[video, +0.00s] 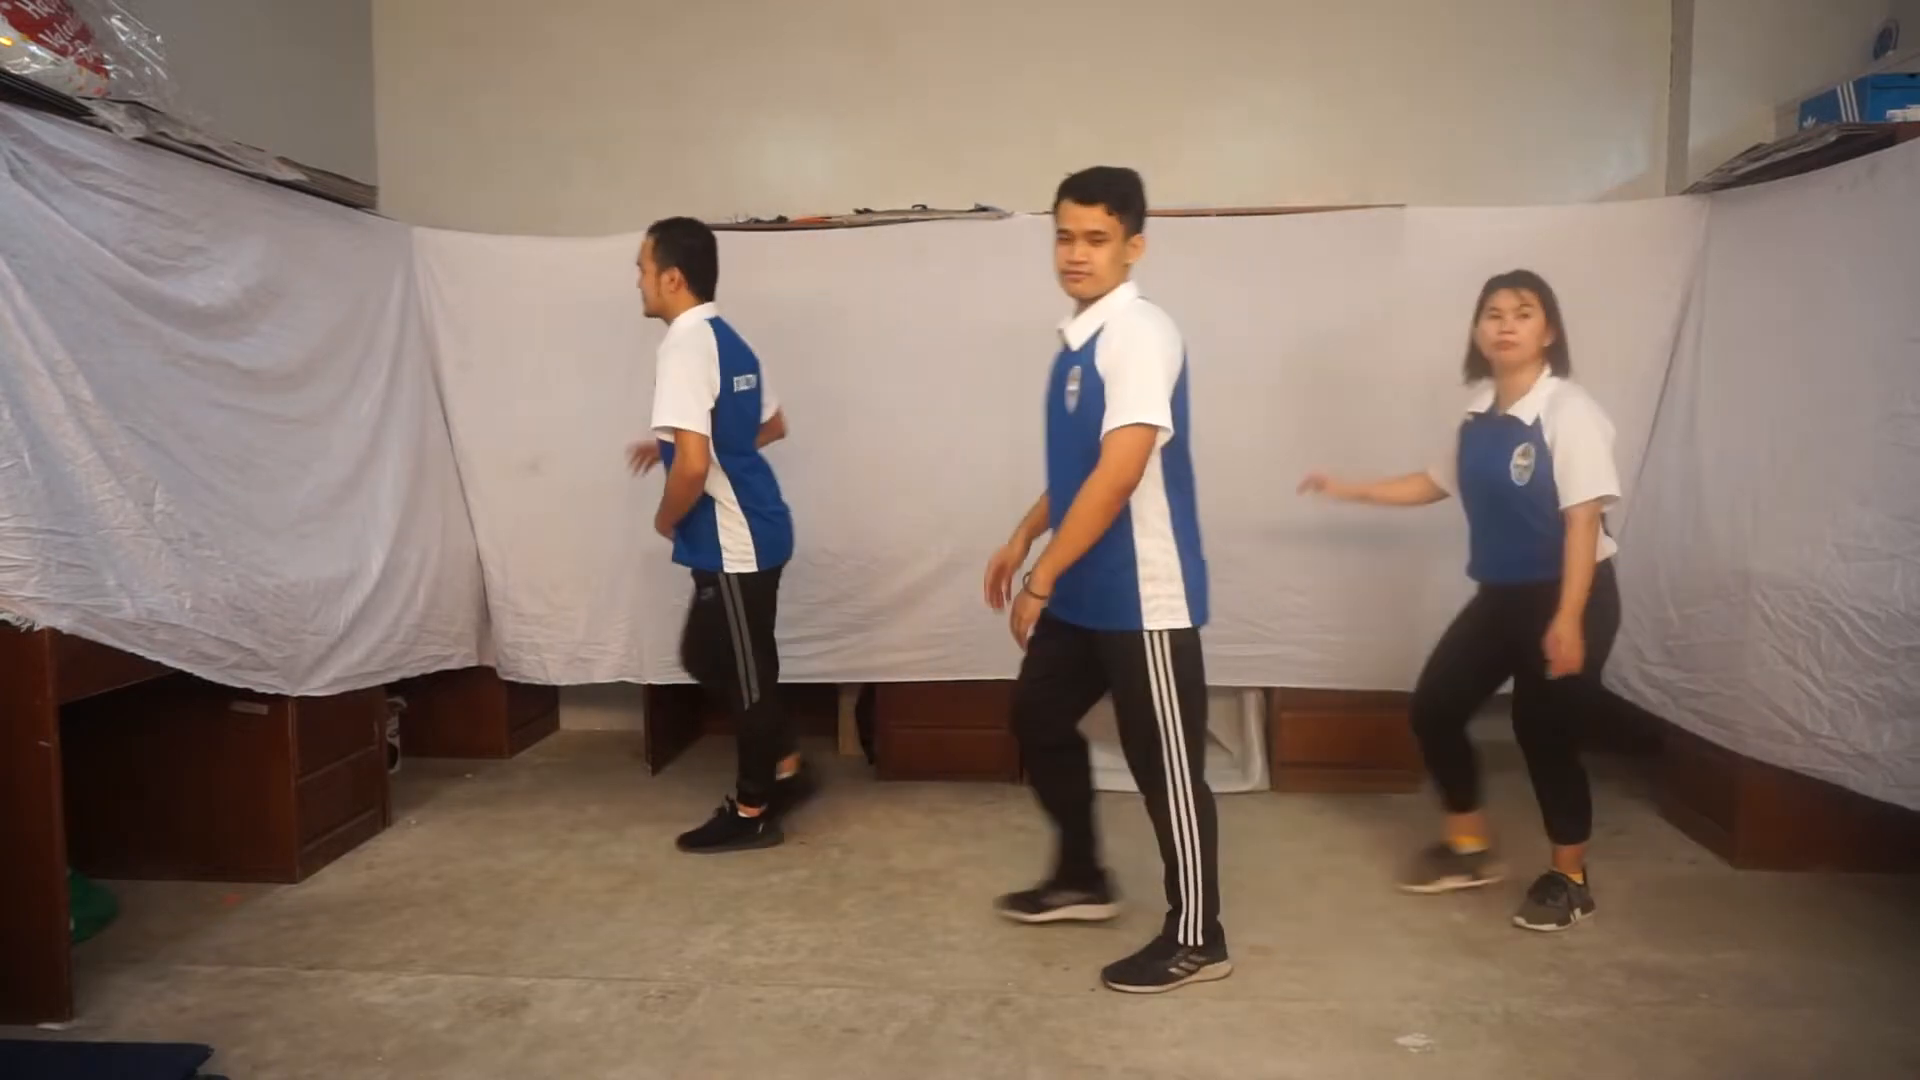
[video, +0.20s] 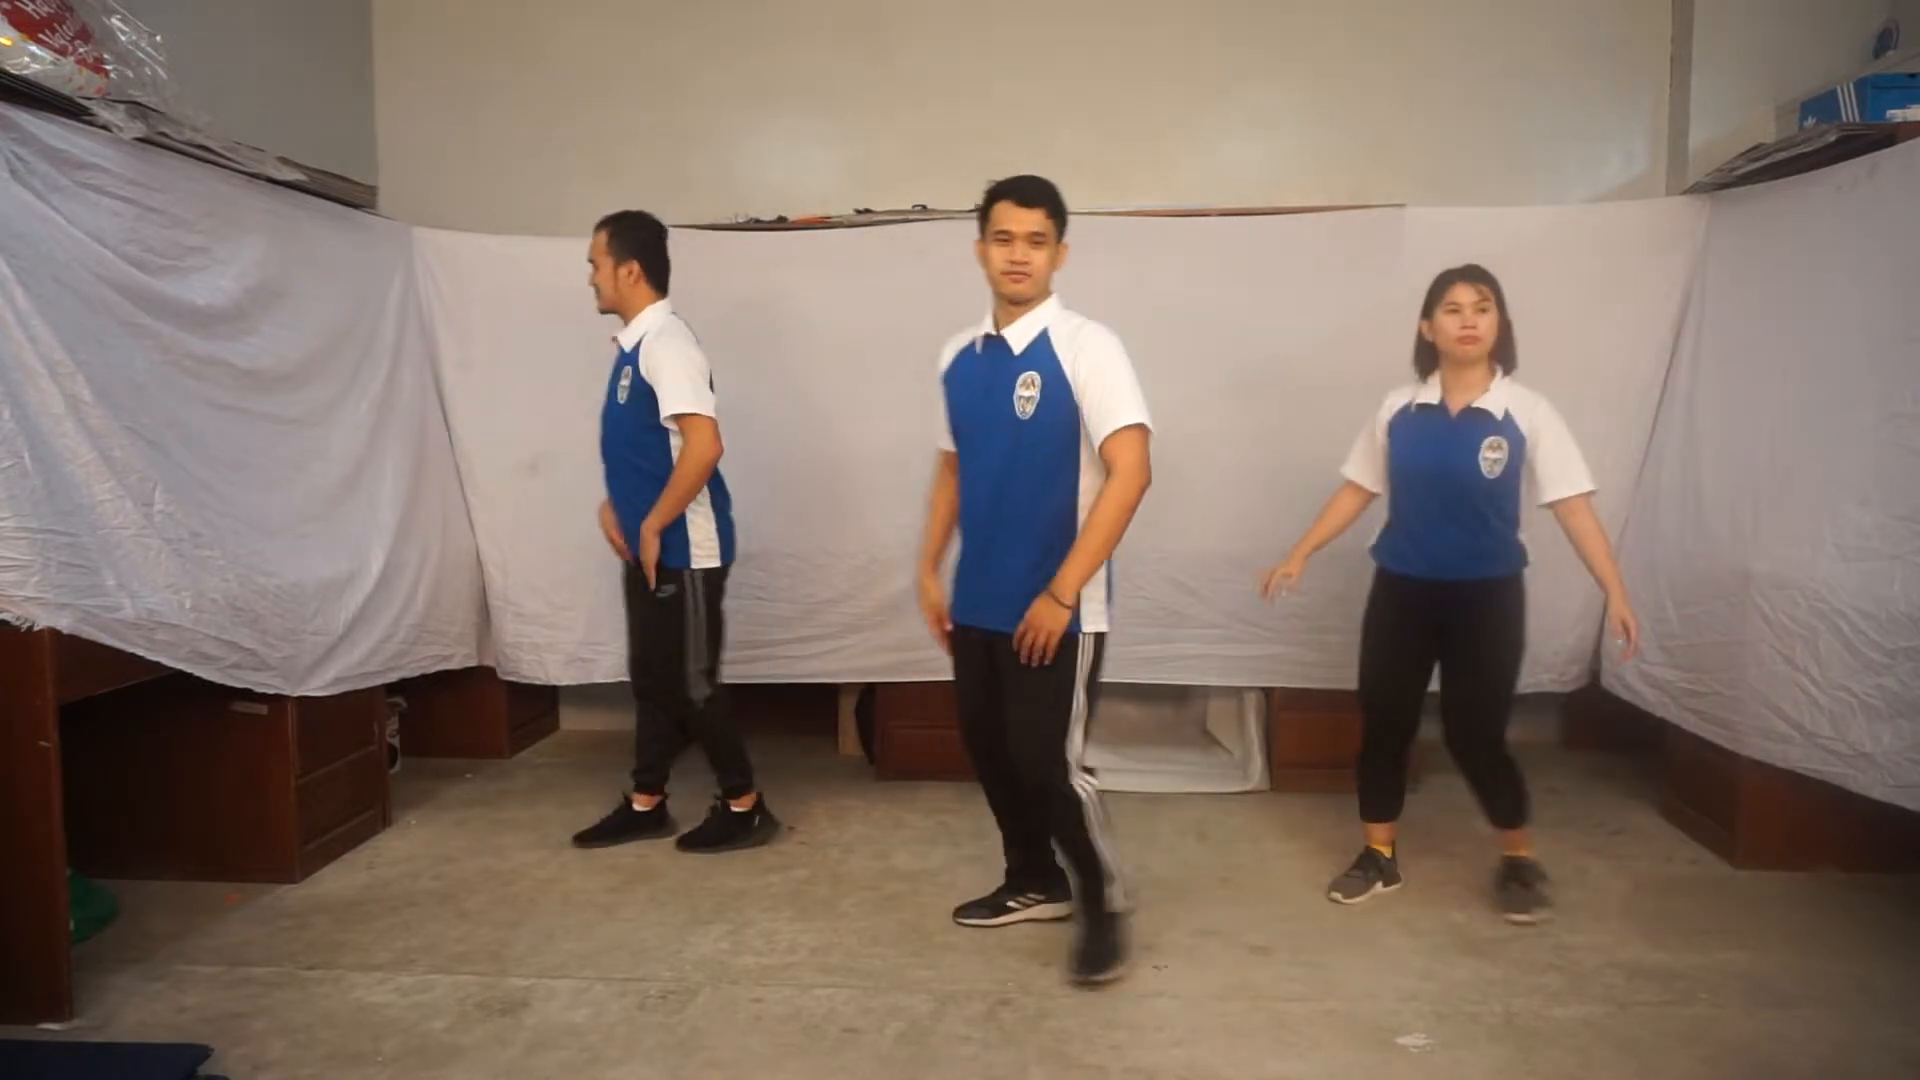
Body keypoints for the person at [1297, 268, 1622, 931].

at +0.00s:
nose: (1505, 324)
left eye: (1523, 314)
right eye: (1493, 315)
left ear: (1549, 333)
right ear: (1478, 334)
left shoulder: (1572, 412)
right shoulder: (1477, 415)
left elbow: (1584, 525)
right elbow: (1434, 484)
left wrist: (1569, 618)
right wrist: (1348, 490)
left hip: (1569, 595)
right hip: (1500, 597)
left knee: (1542, 725)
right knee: (1434, 708)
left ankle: (1570, 875)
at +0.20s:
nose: (1467, 319)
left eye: (1480, 308)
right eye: (1452, 310)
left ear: (1500, 325)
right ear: (1429, 329)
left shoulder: (1526, 411)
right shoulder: (1399, 406)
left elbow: (1574, 507)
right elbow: (1358, 489)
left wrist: (1616, 594)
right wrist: (1300, 552)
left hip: (1487, 598)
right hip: (1401, 593)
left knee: (1474, 734)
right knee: (1384, 724)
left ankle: (1519, 859)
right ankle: (1378, 856)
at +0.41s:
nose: (1430, 322)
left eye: (1439, 311)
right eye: (1413, 312)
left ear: (1452, 325)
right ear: (1382, 329)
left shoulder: (1476, 412)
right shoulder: (1347, 405)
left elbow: (1508, 507)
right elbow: (1275, 466)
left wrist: (1575, 572)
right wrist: (1237, 529)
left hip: (1438, 599)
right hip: (1350, 595)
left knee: (1442, 731)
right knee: (1333, 724)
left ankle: (1430, 861)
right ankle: (1313, 844)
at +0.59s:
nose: (1397, 334)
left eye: (1399, 323)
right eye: (1384, 323)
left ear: (1395, 334)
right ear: (1343, 334)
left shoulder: (1402, 416)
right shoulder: (1308, 411)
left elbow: (1457, 476)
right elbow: (1249, 495)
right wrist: (1249, 558)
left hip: (1367, 604)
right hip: (1293, 602)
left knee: (1402, 729)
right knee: (1293, 737)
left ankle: (1426, 861)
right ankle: (1233, 865)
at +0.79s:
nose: (1343, 330)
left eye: (1343, 319)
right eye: (1337, 320)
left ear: (1281, 321)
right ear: (1311, 325)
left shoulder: (1287, 381)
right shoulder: (1281, 399)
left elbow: (1323, 358)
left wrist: (1363, 314)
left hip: (1273, 580)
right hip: (1235, 585)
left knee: (1313, 701)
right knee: (1254, 722)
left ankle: (1265, 834)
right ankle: (1227, 866)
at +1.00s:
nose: (1298, 326)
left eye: (1288, 312)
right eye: (1293, 315)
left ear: (1225, 323)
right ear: (1284, 325)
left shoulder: (1192, 374)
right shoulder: (1275, 403)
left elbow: (1193, 301)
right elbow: (1305, 517)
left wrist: (1203, 233)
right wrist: (1276, 534)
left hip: (1173, 575)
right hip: (1226, 588)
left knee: (1173, 698)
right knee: (1258, 721)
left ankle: (1079, 809)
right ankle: (1229, 865)